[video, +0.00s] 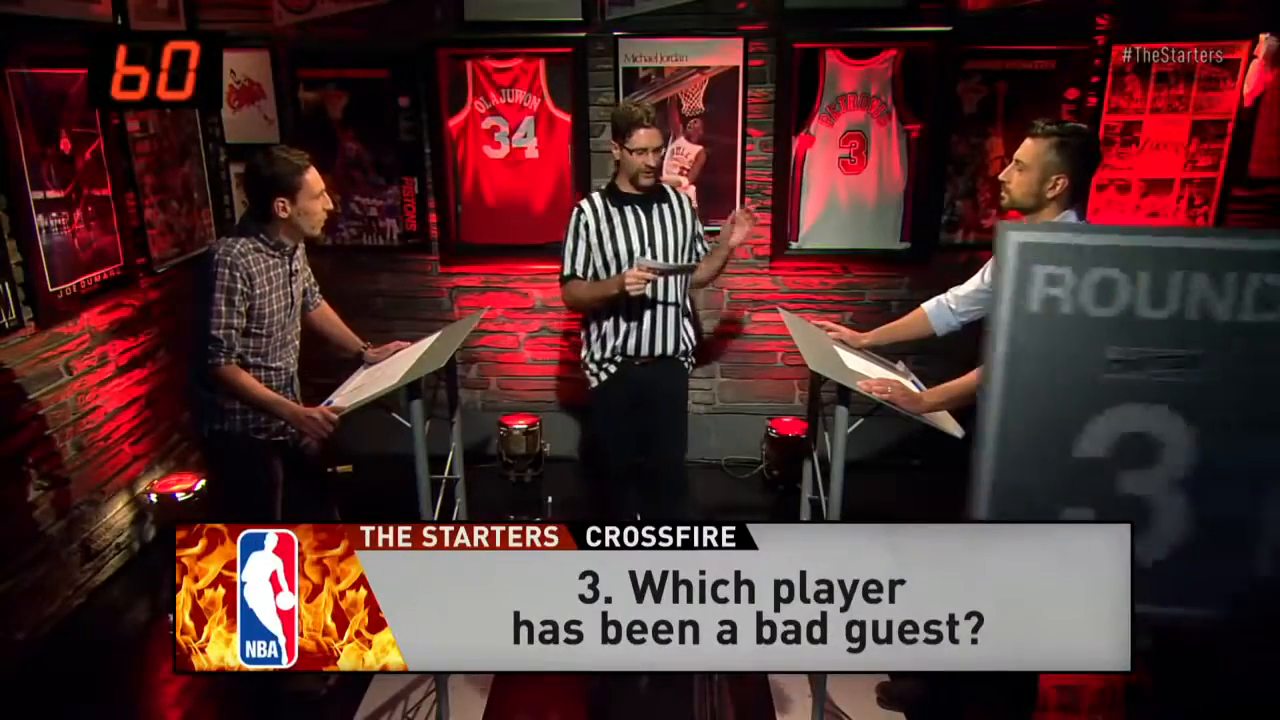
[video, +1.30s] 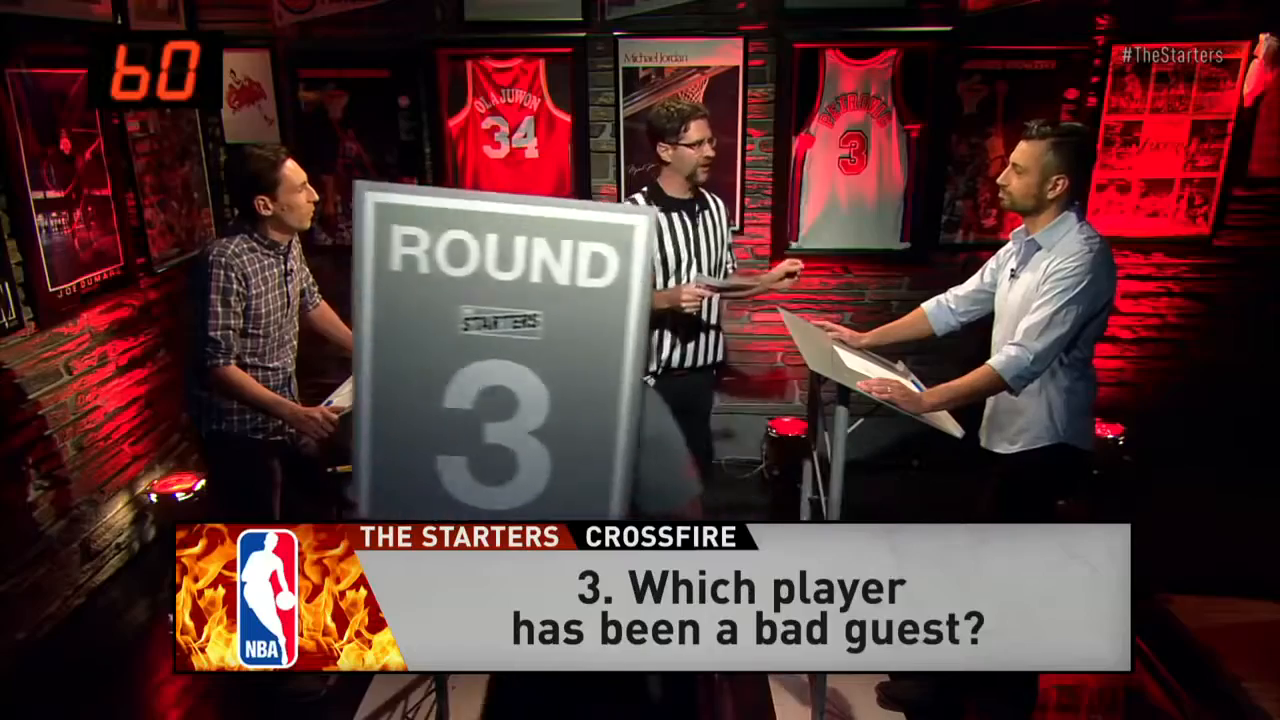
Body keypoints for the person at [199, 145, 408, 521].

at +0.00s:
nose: (329, 204)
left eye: (325, 193)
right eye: (319, 196)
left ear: (286, 207)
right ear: (283, 207)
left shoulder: (292, 248)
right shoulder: (233, 260)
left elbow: (313, 305)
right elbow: (220, 365)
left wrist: (364, 350)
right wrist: (295, 413)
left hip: (288, 428)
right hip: (243, 437)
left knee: (307, 527)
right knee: (255, 540)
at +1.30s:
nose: (314, 196)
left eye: (308, 185)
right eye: (301, 189)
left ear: (270, 205)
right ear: (266, 205)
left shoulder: (289, 246)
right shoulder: (227, 261)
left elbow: (312, 304)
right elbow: (218, 367)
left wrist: (364, 350)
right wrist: (293, 413)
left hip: (285, 425)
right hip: (241, 435)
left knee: (298, 527)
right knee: (253, 538)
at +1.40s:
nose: (310, 198)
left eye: (307, 187)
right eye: (301, 190)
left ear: (272, 205)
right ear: (266, 205)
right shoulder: (227, 260)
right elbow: (217, 366)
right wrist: (294, 413)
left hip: (283, 428)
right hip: (240, 435)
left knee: (293, 530)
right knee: (252, 538)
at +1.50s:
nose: (306, 204)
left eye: (307, 192)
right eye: (296, 194)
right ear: (262, 198)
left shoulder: (296, 251)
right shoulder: (231, 256)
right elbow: (219, 364)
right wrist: (284, 406)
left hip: (287, 428)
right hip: (242, 435)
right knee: (246, 533)